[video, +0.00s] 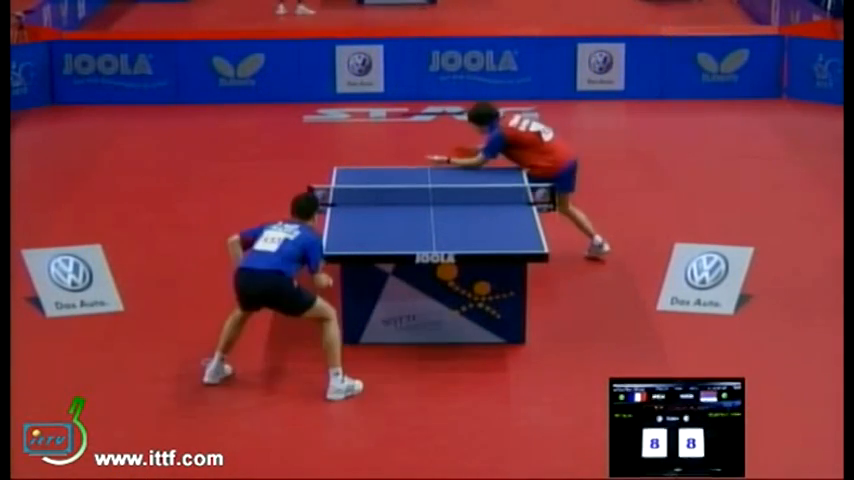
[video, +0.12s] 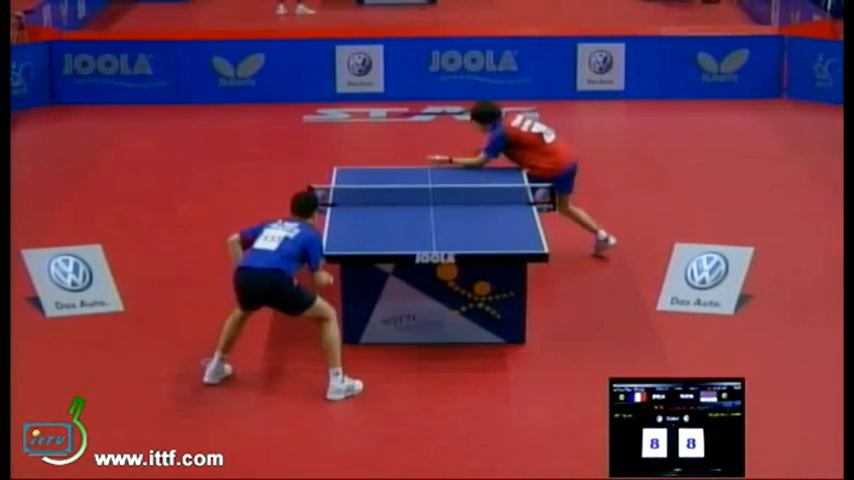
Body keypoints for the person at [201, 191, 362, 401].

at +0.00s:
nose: (317, 219)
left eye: (316, 214)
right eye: (317, 215)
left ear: (292, 212)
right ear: (313, 217)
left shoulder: (272, 226)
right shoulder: (310, 237)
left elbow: (234, 241)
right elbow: (319, 281)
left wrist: (244, 270)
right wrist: (327, 280)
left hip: (245, 277)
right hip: (276, 282)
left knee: (242, 312)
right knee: (328, 315)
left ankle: (216, 364)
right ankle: (337, 379)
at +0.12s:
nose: (317, 217)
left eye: (317, 213)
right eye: (317, 213)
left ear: (292, 211)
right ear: (313, 214)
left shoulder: (272, 225)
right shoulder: (310, 234)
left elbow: (233, 240)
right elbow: (320, 279)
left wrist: (244, 269)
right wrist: (327, 277)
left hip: (245, 275)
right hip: (276, 279)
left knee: (241, 311)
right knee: (328, 315)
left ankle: (216, 364)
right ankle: (337, 379)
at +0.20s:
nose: (317, 216)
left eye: (317, 212)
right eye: (317, 212)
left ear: (291, 209)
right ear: (312, 213)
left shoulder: (272, 223)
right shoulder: (310, 233)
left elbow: (234, 239)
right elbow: (319, 277)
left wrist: (244, 267)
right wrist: (327, 276)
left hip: (245, 274)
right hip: (276, 278)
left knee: (242, 311)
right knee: (327, 315)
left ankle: (216, 364)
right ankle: (337, 380)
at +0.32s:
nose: (318, 213)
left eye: (317, 209)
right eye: (317, 209)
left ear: (291, 205)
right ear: (313, 210)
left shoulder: (272, 220)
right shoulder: (310, 229)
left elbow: (234, 238)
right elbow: (320, 273)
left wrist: (244, 266)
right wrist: (329, 272)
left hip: (245, 272)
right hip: (276, 275)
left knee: (242, 310)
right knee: (327, 315)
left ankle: (215, 364)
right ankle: (337, 380)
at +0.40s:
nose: (320, 209)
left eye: (319, 205)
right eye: (318, 205)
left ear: (293, 203)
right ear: (314, 206)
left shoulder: (272, 218)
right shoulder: (311, 227)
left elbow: (236, 237)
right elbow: (322, 270)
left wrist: (244, 266)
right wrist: (333, 269)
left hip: (246, 271)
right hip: (277, 274)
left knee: (243, 310)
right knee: (327, 314)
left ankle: (215, 364)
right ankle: (337, 379)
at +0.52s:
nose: (324, 201)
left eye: (323, 196)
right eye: (323, 197)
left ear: (297, 196)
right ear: (318, 199)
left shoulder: (278, 213)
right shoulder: (316, 222)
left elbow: (242, 235)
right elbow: (327, 264)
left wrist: (249, 264)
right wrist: (342, 261)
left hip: (253, 268)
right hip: (282, 273)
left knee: (246, 311)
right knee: (332, 314)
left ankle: (216, 364)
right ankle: (337, 380)